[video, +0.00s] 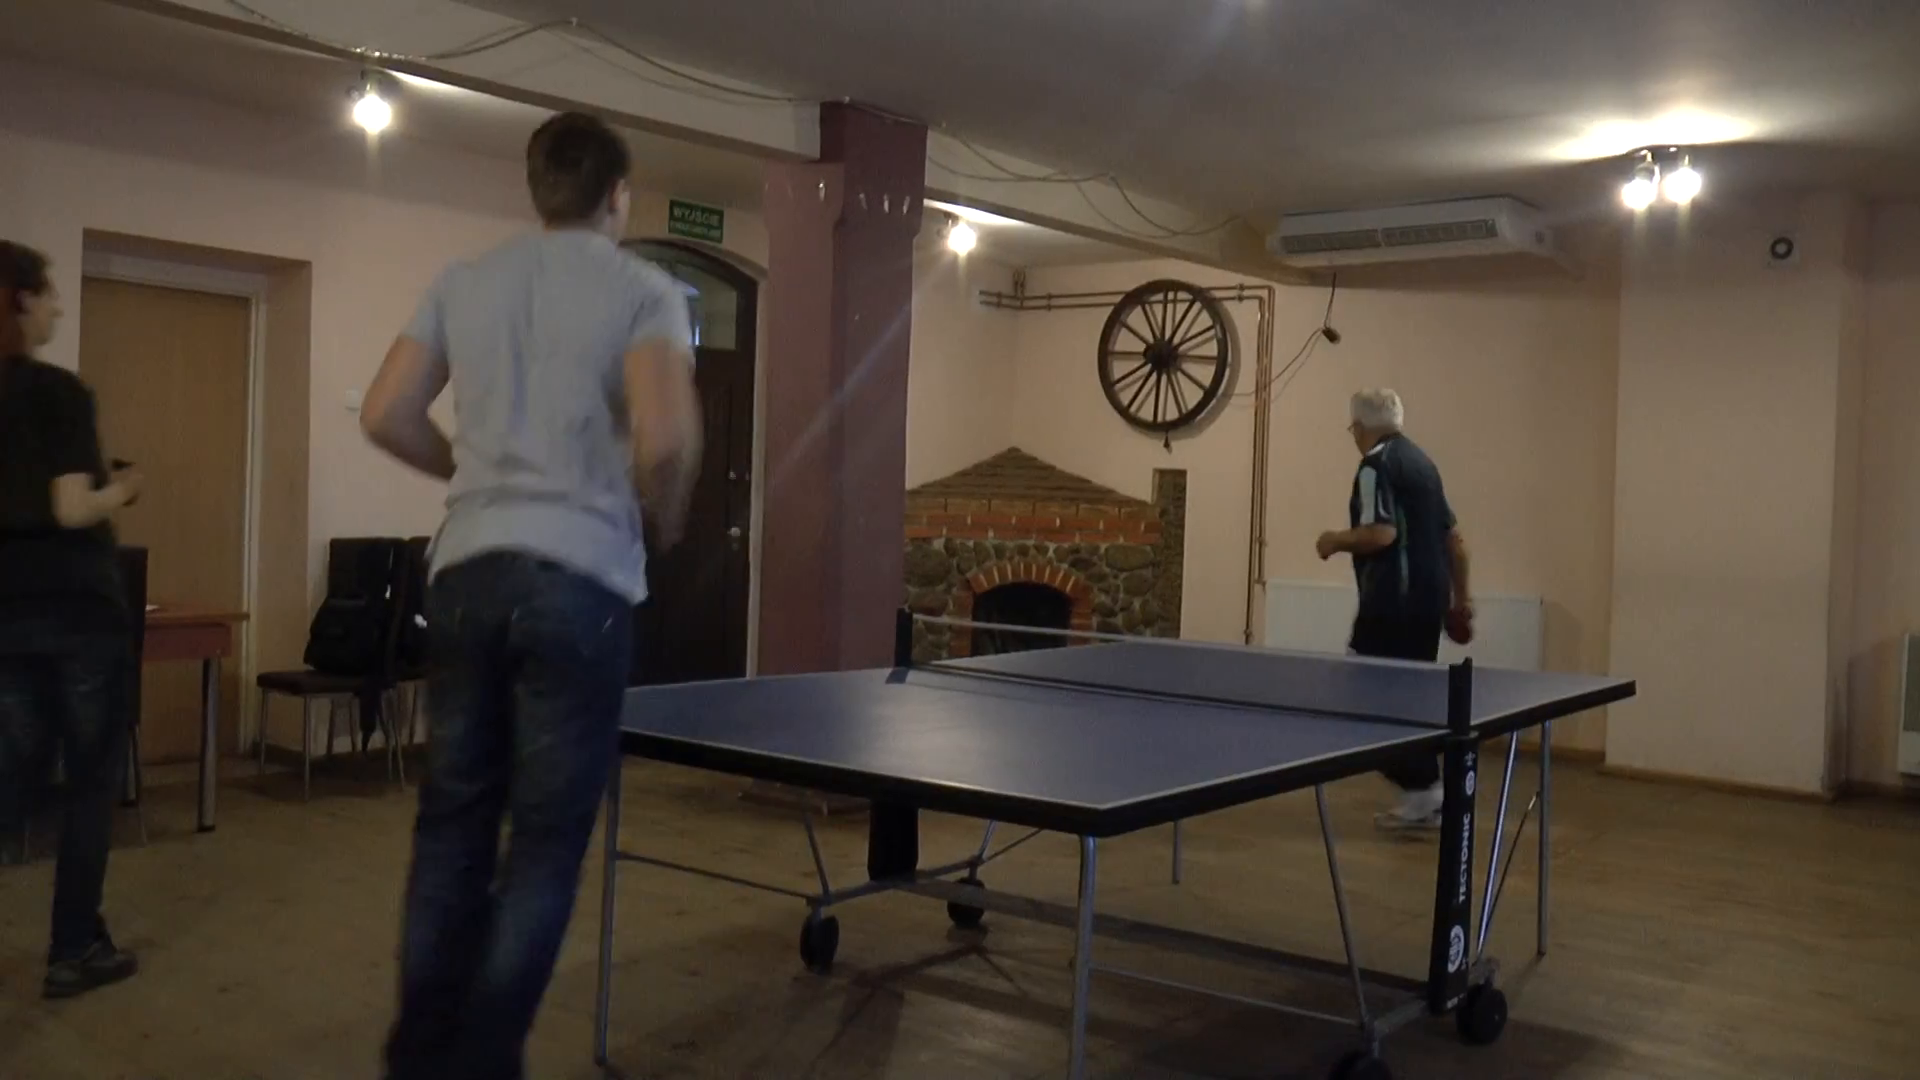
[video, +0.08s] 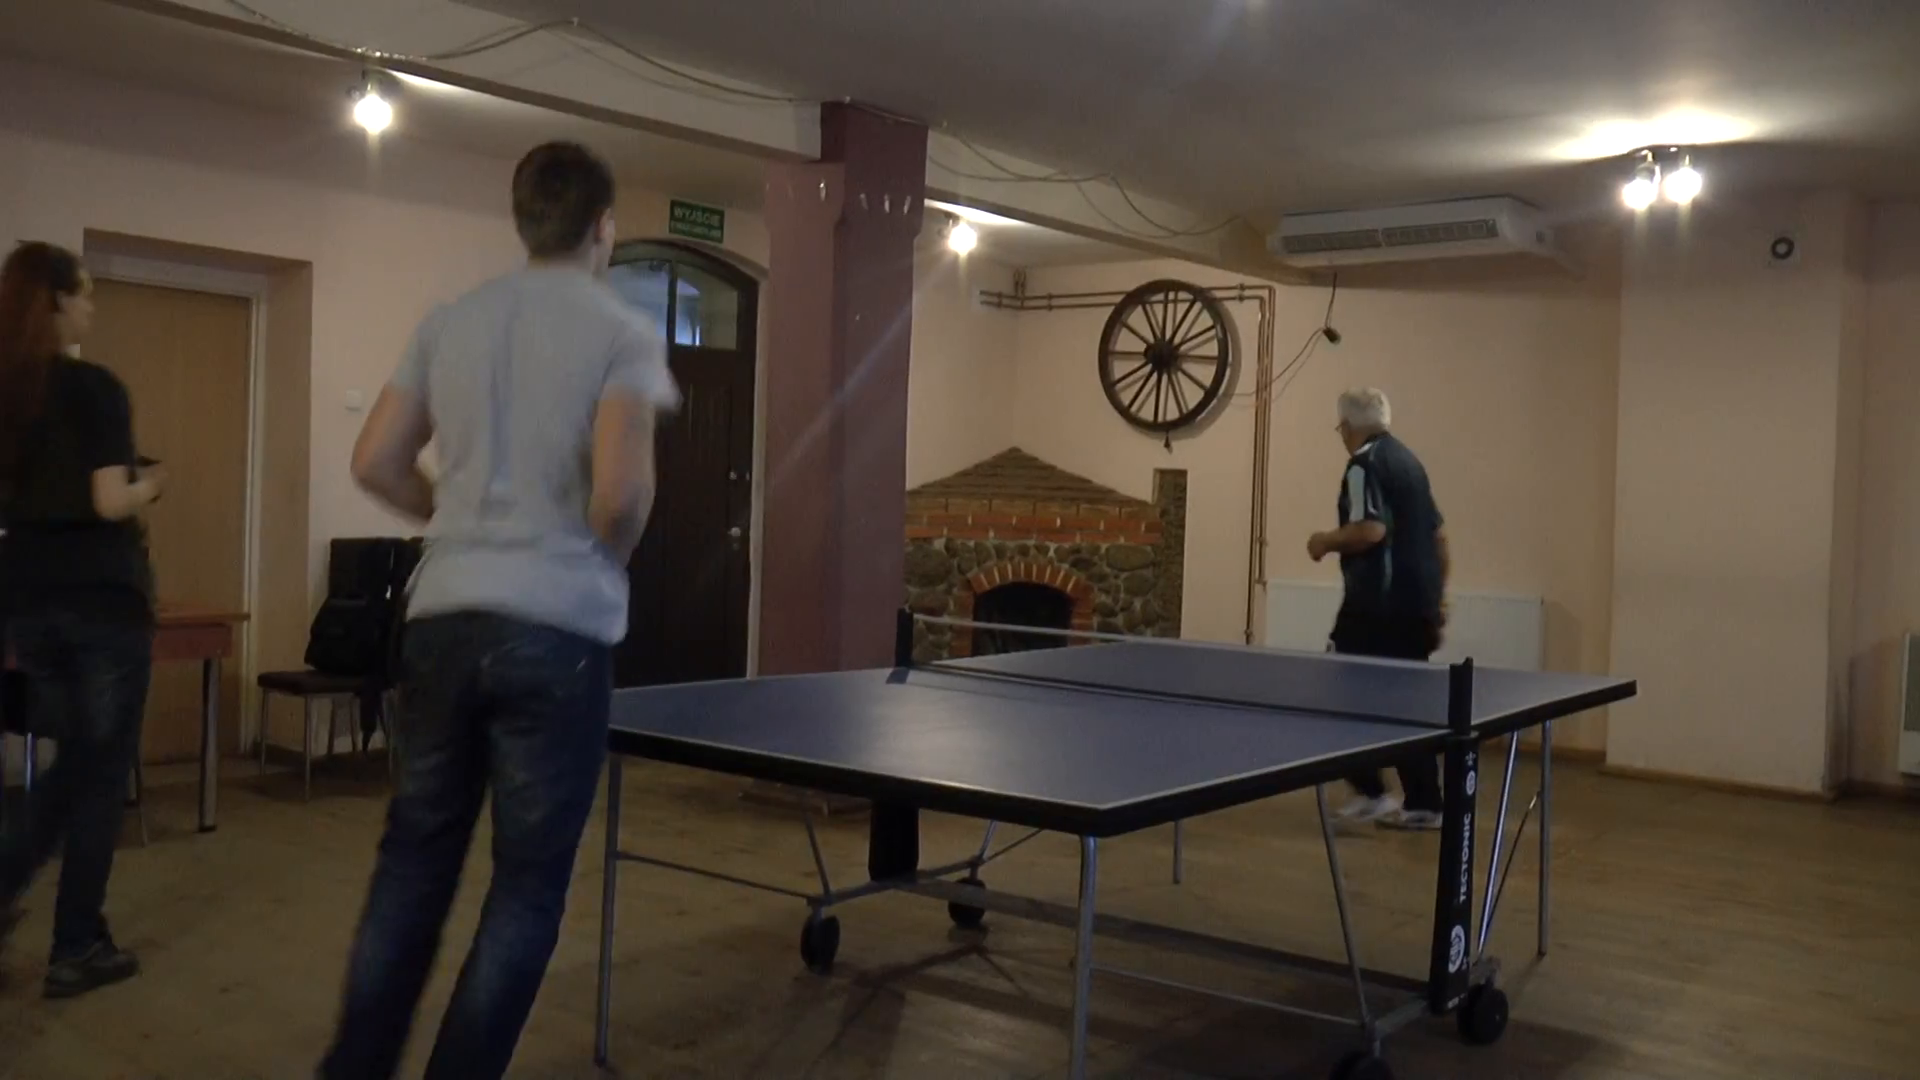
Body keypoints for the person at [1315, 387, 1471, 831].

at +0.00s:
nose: (1351, 431)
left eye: (1354, 425)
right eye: (1353, 425)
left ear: (1363, 427)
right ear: (1395, 424)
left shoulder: (1375, 466)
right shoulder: (1420, 462)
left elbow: (1381, 533)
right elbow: (1453, 540)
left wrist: (1336, 539)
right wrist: (1459, 602)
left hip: (1389, 608)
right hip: (1426, 607)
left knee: (1361, 701)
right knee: (1405, 698)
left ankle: (1419, 789)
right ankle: (1429, 794)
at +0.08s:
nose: (1339, 433)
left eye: (1341, 426)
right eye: (1341, 426)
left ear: (1348, 427)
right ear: (1383, 424)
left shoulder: (1364, 464)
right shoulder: (1406, 460)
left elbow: (1370, 530)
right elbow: (1436, 536)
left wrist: (1325, 540)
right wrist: (1435, 604)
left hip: (1372, 610)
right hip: (1412, 609)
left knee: (1343, 695)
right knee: (1406, 704)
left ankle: (1369, 790)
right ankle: (1423, 803)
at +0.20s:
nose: (1317, 432)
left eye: (1318, 425)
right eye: (1318, 424)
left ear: (1328, 425)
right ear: (1358, 422)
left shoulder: (1342, 462)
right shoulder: (1384, 459)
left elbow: (1350, 523)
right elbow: (1409, 533)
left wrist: (1303, 539)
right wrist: (1400, 583)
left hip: (1347, 605)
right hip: (1389, 604)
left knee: (1321, 691)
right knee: (1393, 699)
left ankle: (1337, 793)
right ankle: (1422, 800)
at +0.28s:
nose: (1299, 431)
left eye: (1299, 425)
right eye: (1300, 425)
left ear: (1308, 425)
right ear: (1340, 421)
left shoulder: (1322, 459)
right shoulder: (1367, 457)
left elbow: (1327, 521)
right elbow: (1389, 533)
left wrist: (1282, 541)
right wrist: (1380, 587)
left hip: (1332, 605)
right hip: (1372, 604)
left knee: (1320, 697)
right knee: (1375, 696)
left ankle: (1345, 790)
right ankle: (1416, 790)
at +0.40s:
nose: (1269, 440)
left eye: (1270, 433)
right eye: (1270, 433)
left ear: (1277, 432)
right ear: (1310, 429)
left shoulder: (1288, 470)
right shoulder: (1337, 466)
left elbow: (1277, 535)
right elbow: (1365, 540)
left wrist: (1234, 552)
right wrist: (1356, 592)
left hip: (1308, 608)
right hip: (1344, 606)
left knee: (1304, 705)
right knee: (1318, 699)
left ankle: (1355, 799)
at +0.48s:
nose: (1246, 454)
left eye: (1248, 446)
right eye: (1247, 446)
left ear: (1257, 445)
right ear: (1286, 441)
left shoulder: (1266, 481)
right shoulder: (1314, 476)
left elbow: (1236, 548)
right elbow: (1352, 549)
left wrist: (1199, 560)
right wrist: (1339, 602)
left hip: (1292, 619)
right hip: (1326, 615)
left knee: (1302, 709)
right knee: (1294, 703)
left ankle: (1355, 798)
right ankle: (1299, 781)